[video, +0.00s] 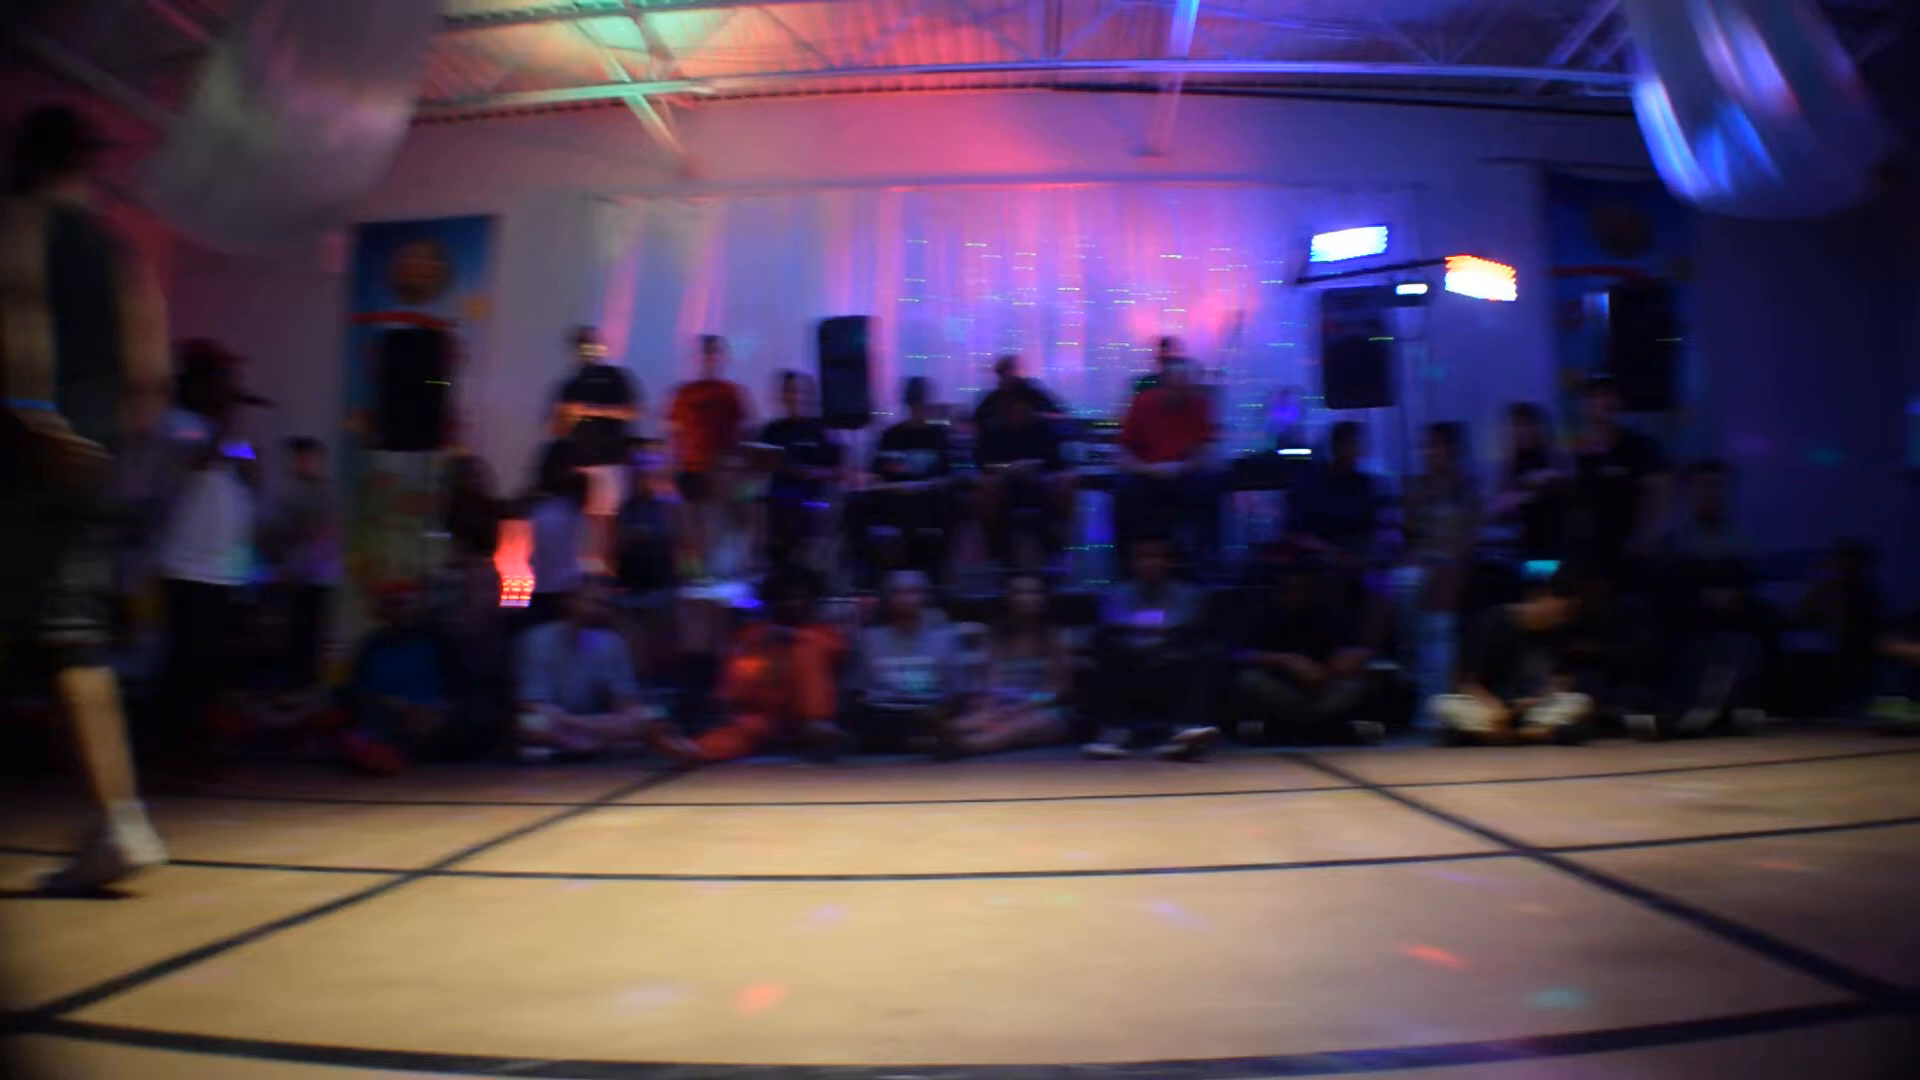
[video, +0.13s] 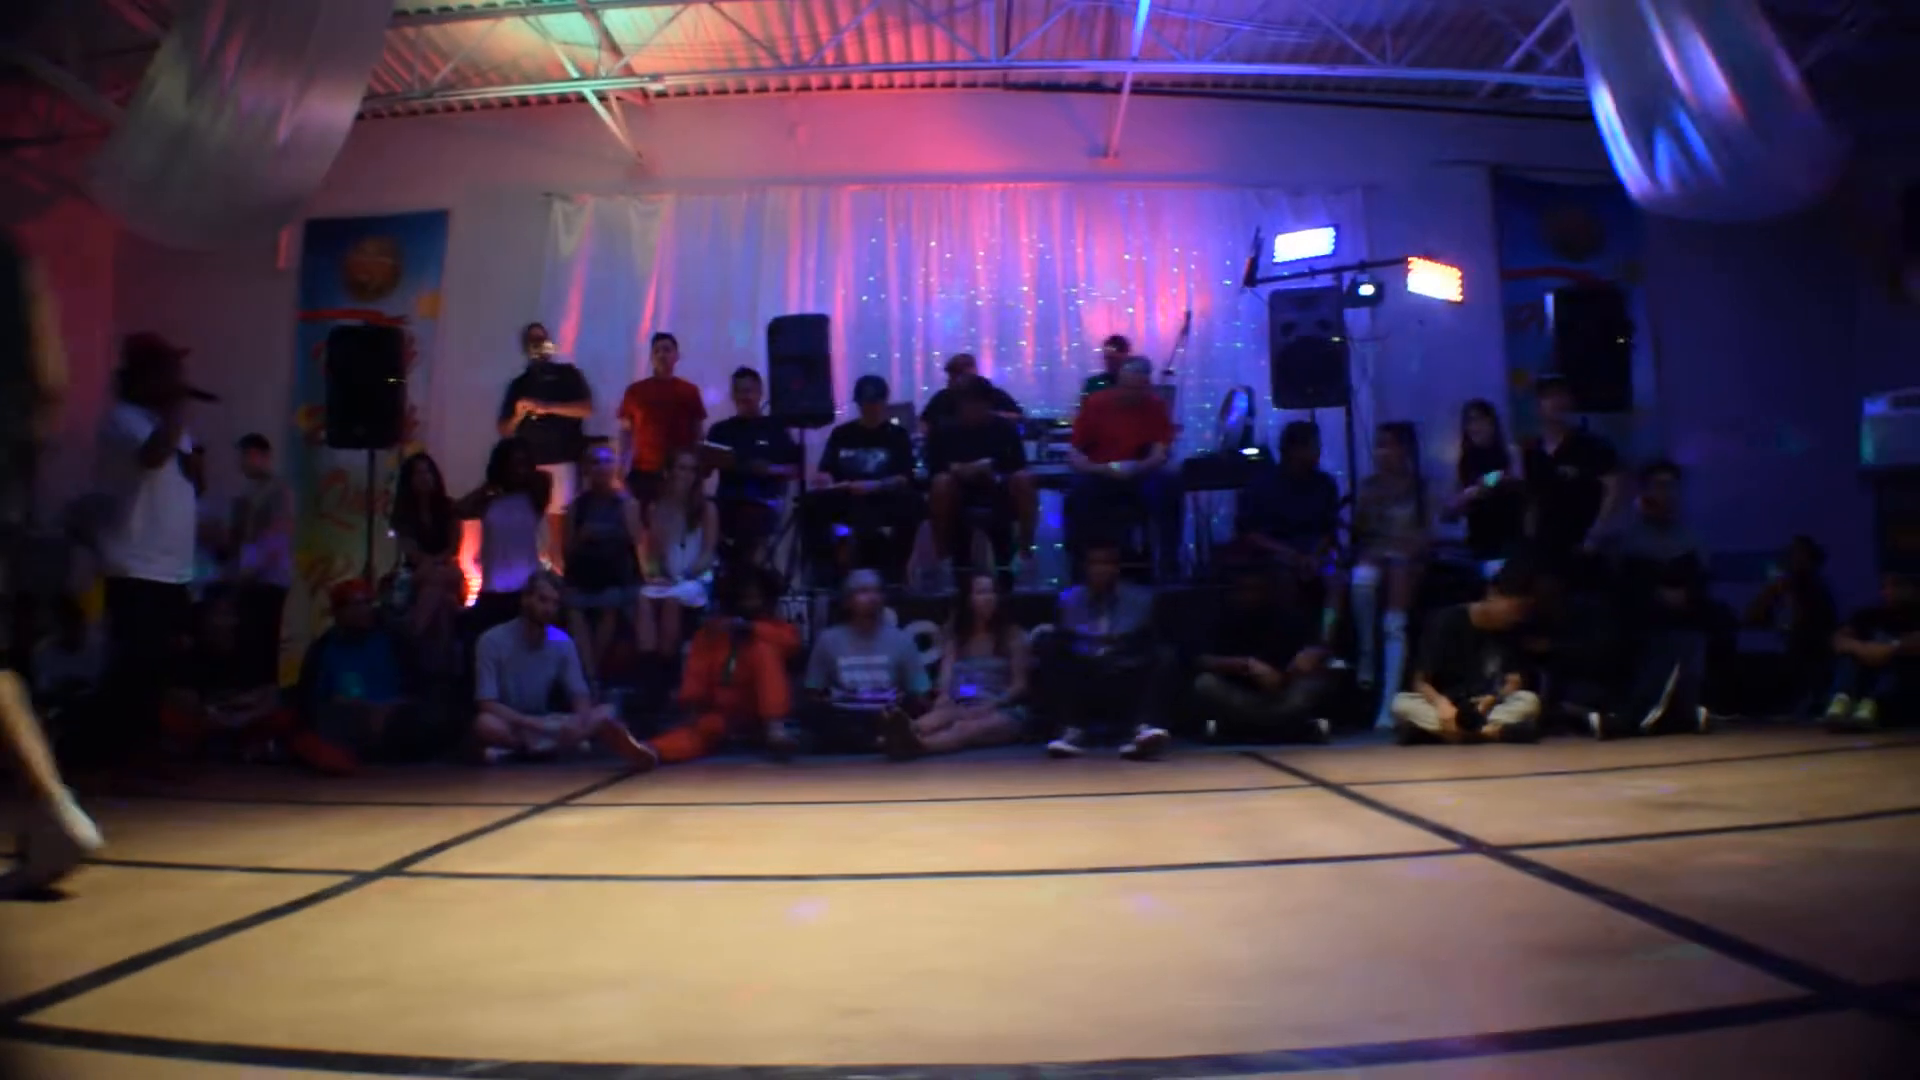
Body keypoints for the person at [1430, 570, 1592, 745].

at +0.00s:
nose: (1555, 616)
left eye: (1559, 612)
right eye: (1553, 609)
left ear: (1562, 612)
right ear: (1539, 600)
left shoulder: (1550, 632)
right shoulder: (1495, 622)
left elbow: (1561, 683)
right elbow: (1468, 682)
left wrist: (1531, 703)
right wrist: (1496, 709)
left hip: (1534, 702)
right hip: (1492, 703)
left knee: (1579, 703)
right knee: (1442, 704)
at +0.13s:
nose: (1514, 616)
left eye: (1518, 609)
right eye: (1511, 607)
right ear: (1493, 595)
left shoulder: (1504, 631)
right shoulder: (1447, 622)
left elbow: (1514, 682)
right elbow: (1420, 681)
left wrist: (1493, 699)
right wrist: (1442, 704)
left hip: (1486, 699)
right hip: (1447, 703)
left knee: (1529, 701)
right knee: (1401, 703)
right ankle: (1485, 732)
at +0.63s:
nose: (1497, 608)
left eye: (1500, 600)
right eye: (1492, 600)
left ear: (1503, 598)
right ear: (1469, 597)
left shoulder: (1501, 626)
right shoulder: (1429, 625)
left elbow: (1510, 681)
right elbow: (1412, 687)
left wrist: (1488, 705)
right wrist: (1438, 708)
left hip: (1482, 701)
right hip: (1440, 703)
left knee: (1525, 705)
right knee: (1398, 707)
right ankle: (1484, 737)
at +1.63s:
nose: (1519, 599)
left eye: (1520, 592)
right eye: (1513, 592)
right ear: (1493, 594)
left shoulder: (1521, 626)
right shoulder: (1453, 624)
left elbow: (1537, 679)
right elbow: (1436, 684)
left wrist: (1516, 706)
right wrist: (1463, 707)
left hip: (1508, 702)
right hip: (1465, 703)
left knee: (1553, 704)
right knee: (1424, 708)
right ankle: (1511, 737)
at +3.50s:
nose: (1495, 590)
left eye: (1495, 584)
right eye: (1488, 583)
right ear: (1464, 589)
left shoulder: (1507, 626)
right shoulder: (1436, 628)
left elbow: (1529, 684)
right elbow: (1423, 690)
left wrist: (1511, 707)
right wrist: (1457, 708)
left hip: (1500, 706)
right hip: (1458, 708)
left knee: (1546, 707)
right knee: (1419, 711)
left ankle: (1468, 743)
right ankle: (1506, 740)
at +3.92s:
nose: (1492, 602)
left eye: (1495, 594)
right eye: (1485, 594)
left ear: (1499, 594)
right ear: (1462, 594)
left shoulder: (1504, 628)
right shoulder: (1433, 630)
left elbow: (1527, 687)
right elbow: (1423, 690)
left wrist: (1510, 707)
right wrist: (1457, 707)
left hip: (1500, 707)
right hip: (1457, 709)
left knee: (1547, 707)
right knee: (1419, 712)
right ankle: (1509, 740)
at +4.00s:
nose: (1492, 605)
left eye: (1495, 597)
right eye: (1485, 596)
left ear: (1500, 596)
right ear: (1463, 594)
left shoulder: (1505, 627)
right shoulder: (1434, 628)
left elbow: (1528, 686)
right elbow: (1423, 690)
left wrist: (1511, 706)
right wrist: (1457, 707)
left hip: (1499, 707)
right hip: (1456, 710)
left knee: (1547, 707)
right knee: (1419, 712)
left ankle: (1470, 743)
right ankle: (1508, 740)